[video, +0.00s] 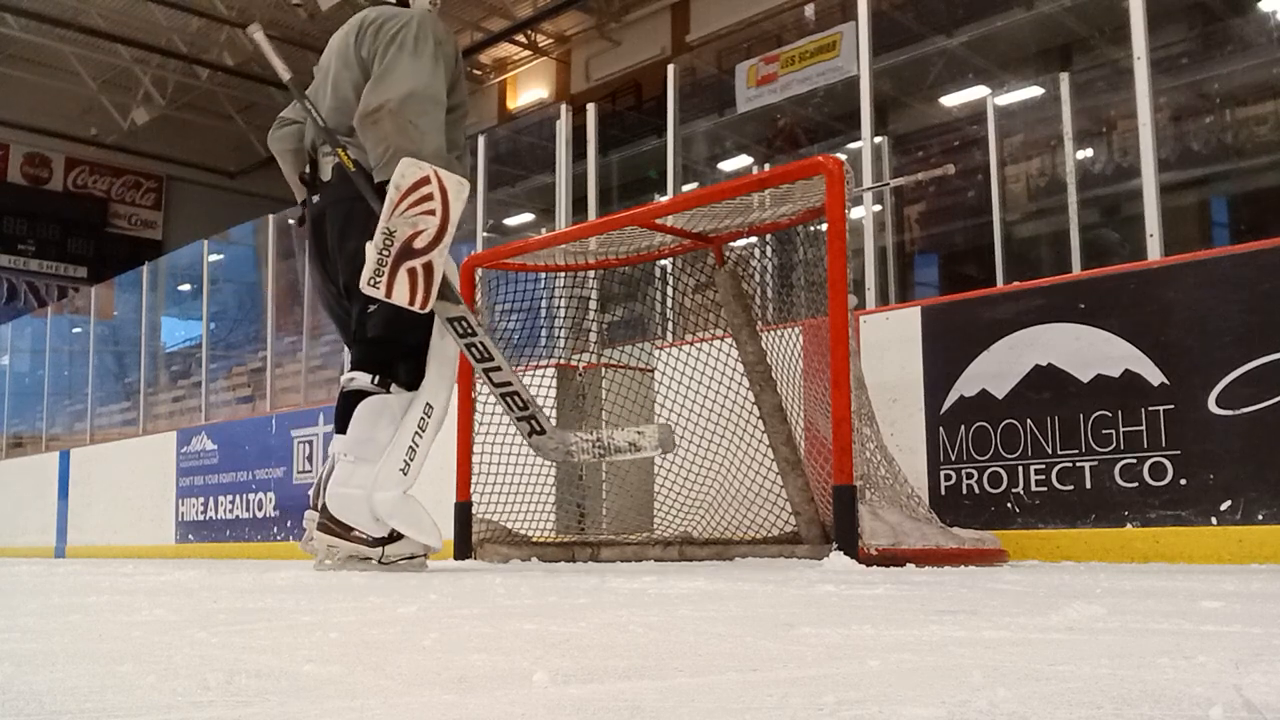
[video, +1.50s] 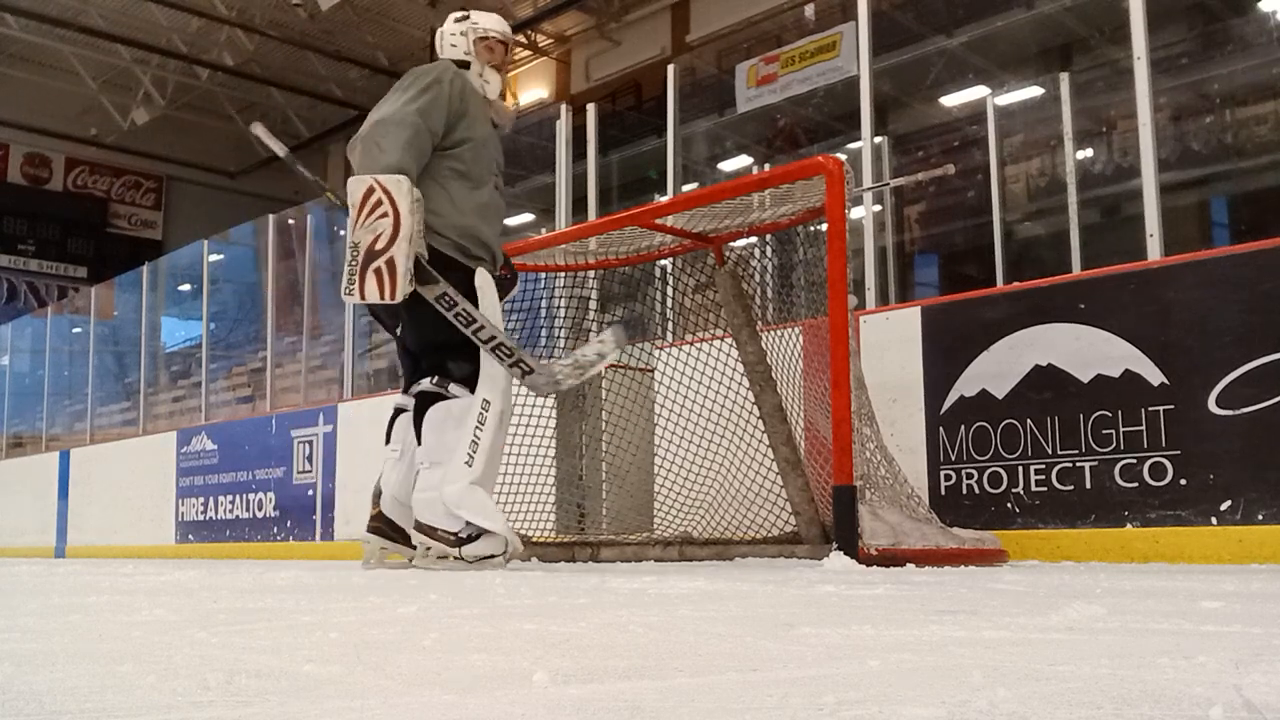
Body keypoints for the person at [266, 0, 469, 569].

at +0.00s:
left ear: (377, 1)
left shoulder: (344, 46)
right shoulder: (412, 24)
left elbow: (288, 131)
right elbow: (396, 120)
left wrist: (317, 190)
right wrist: (425, 226)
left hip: (330, 214)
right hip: (375, 207)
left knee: (370, 357)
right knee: (403, 358)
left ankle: (345, 513)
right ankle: (354, 506)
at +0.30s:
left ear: (376, 3)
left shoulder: (346, 51)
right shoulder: (412, 21)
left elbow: (289, 118)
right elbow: (388, 110)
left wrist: (292, 196)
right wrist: (414, 225)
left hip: (337, 214)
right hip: (378, 210)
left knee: (373, 358)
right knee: (413, 361)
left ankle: (340, 508)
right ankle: (357, 508)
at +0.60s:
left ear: (392, 5)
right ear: (433, 5)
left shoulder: (358, 52)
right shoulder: (417, 30)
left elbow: (306, 138)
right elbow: (379, 113)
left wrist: (286, 216)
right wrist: (388, 213)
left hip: (353, 229)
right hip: (401, 228)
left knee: (378, 375)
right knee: (424, 378)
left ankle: (350, 514)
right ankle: (367, 515)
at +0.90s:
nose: (452, 16)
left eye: (451, 11)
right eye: (448, 10)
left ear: (392, 17)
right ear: (428, 13)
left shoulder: (358, 76)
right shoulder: (421, 45)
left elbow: (308, 142)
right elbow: (395, 117)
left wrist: (331, 199)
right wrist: (432, 219)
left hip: (353, 229)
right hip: (398, 223)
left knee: (383, 371)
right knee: (436, 373)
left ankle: (355, 513)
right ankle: (366, 507)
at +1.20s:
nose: (474, 50)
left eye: (476, 42)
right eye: (468, 38)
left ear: (440, 34)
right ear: (442, 32)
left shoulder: (446, 88)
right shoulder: (425, 64)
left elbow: (440, 188)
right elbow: (380, 130)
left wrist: (460, 264)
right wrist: (405, 231)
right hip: (404, 249)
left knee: (407, 381)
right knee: (436, 379)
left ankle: (379, 519)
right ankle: (390, 514)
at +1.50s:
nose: (501, 55)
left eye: (505, 48)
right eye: (492, 44)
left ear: (502, 55)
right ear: (462, 43)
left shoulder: (476, 108)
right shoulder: (442, 79)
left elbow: (461, 194)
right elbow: (385, 144)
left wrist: (491, 255)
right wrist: (382, 241)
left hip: (449, 259)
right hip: (439, 255)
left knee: (430, 389)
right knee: (469, 382)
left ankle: (395, 513)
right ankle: (445, 514)